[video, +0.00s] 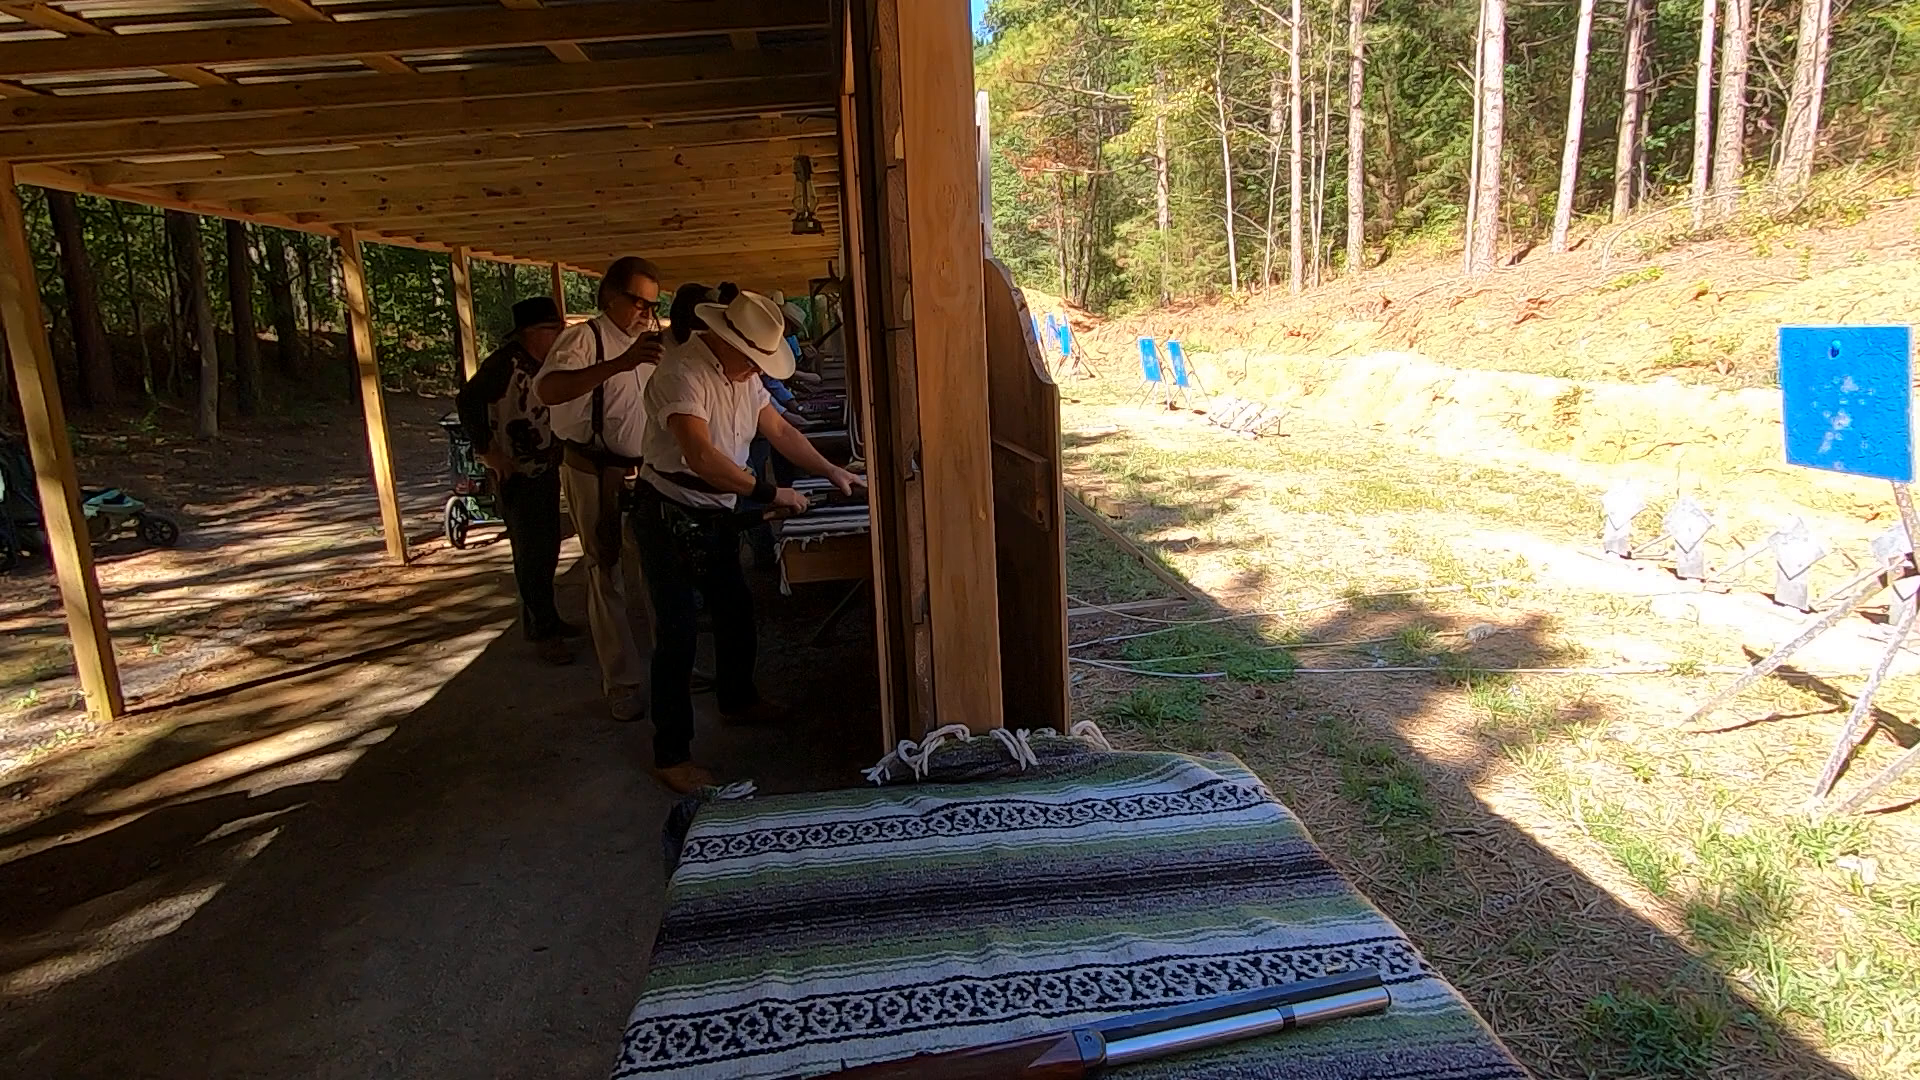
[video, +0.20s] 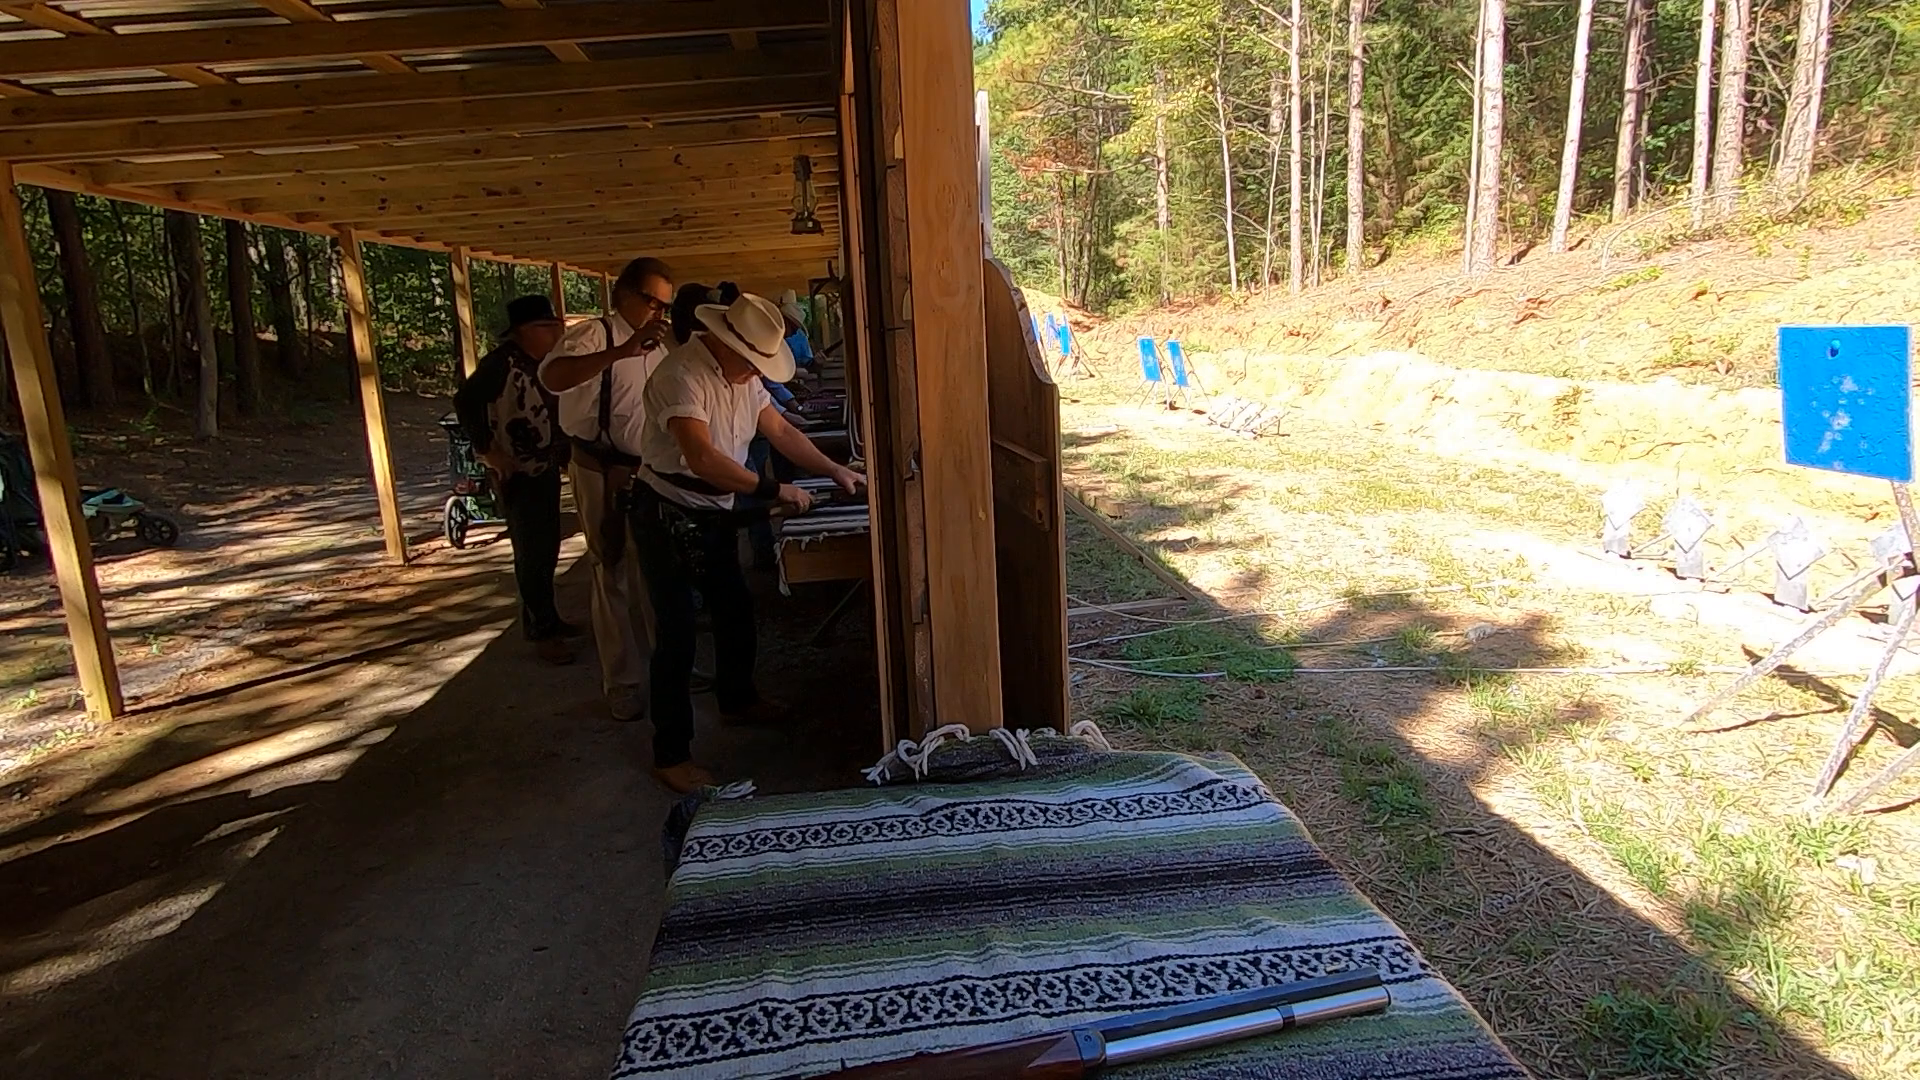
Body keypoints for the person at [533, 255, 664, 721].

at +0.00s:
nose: (644, 313)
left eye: (651, 305)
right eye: (636, 303)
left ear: (654, 304)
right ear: (608, 296)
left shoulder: (652, 340)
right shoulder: (583, 337)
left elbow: (671, 395)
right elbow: (546, 390)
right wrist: (621, 362)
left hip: (645, 466)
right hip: (592, 470)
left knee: (654, 571)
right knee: (606, 577)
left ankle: (669, 667)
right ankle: (622, 684)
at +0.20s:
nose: (659, 312)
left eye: (665, 305)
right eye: (652, 301)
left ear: (665, 305)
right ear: (623, 294)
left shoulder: (660, 344)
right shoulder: (594, 332)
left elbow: (677, 401)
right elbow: (550, 377)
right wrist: (621, 350)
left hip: (652, 468)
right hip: (600, 471)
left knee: (656, 574)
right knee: (612, 578)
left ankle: (669, 670)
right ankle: (622, 685)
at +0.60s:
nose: (674, 312)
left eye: (683, 306)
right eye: (667, 300)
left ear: (688, 310)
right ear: (644, 292)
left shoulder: (677, 347)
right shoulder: (612, 327)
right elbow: (563, 358)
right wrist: (628, 337)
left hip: (662, 462)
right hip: (609, 462)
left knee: (663, 568)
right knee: (617, 570)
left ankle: (672, 668)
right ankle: (623, 683)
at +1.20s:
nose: (685, 312)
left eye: (695, 306)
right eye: (678, 300)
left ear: (702, 309)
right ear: (656, 293)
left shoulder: (694, 349)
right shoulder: (626, 333)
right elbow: (574, 353)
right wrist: (641, 332)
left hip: (672, 460)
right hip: (618, 460)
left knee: (674, 566)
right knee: (624, 569)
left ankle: (677, 666)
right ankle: (624, 681)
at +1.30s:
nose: (684, 311)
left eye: (694, 306)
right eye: (677, 300)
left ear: (701, 309)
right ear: (656, 293)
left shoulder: (694, 348)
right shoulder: (626, 331)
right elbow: (575, 353)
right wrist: (641, 332)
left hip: (672, 462)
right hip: (619, 461)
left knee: (673, 566)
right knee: (625, 570)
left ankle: (677, 667)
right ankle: (624, 681)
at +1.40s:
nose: (685, 310)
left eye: (695, 305)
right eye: (678, 299)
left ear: (701, 308)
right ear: (656, 293)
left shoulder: (693, 348)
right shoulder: (623, 328)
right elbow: (575, 354)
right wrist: (641, 333)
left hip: (672, 463)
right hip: (619, 463)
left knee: (672, 567)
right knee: (624, 570)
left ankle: (676, 668)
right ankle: (624, 681)